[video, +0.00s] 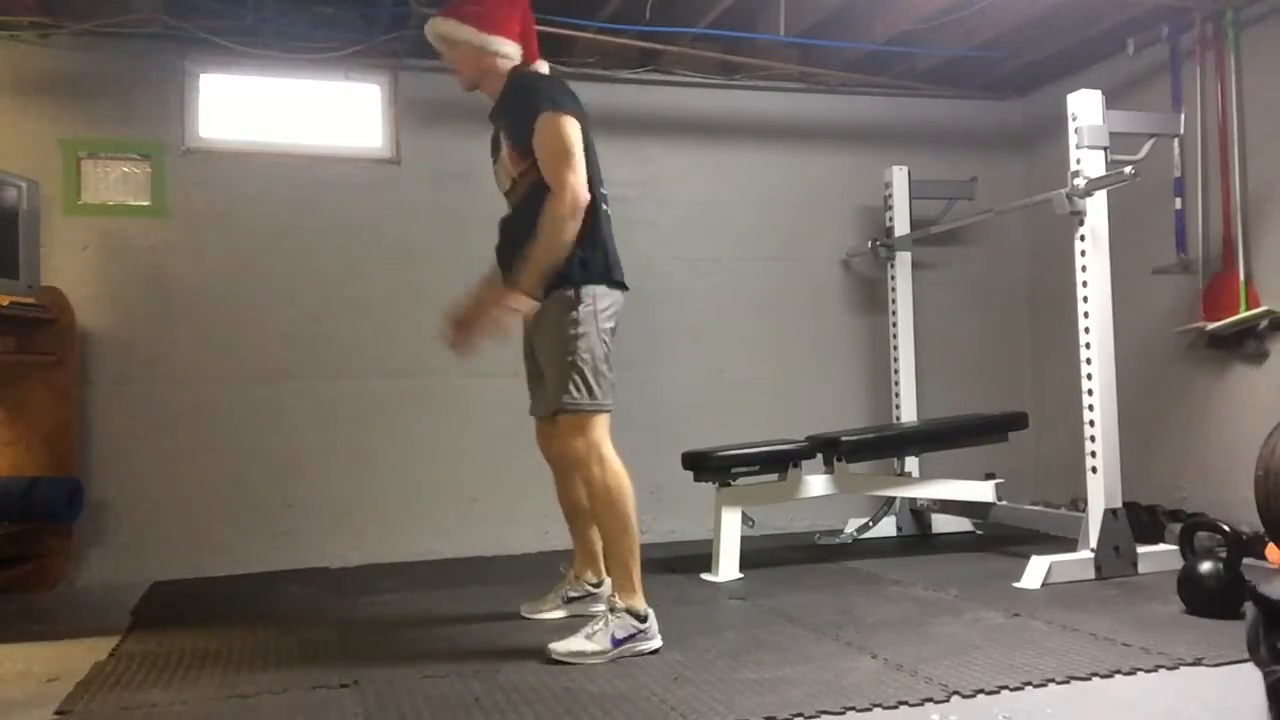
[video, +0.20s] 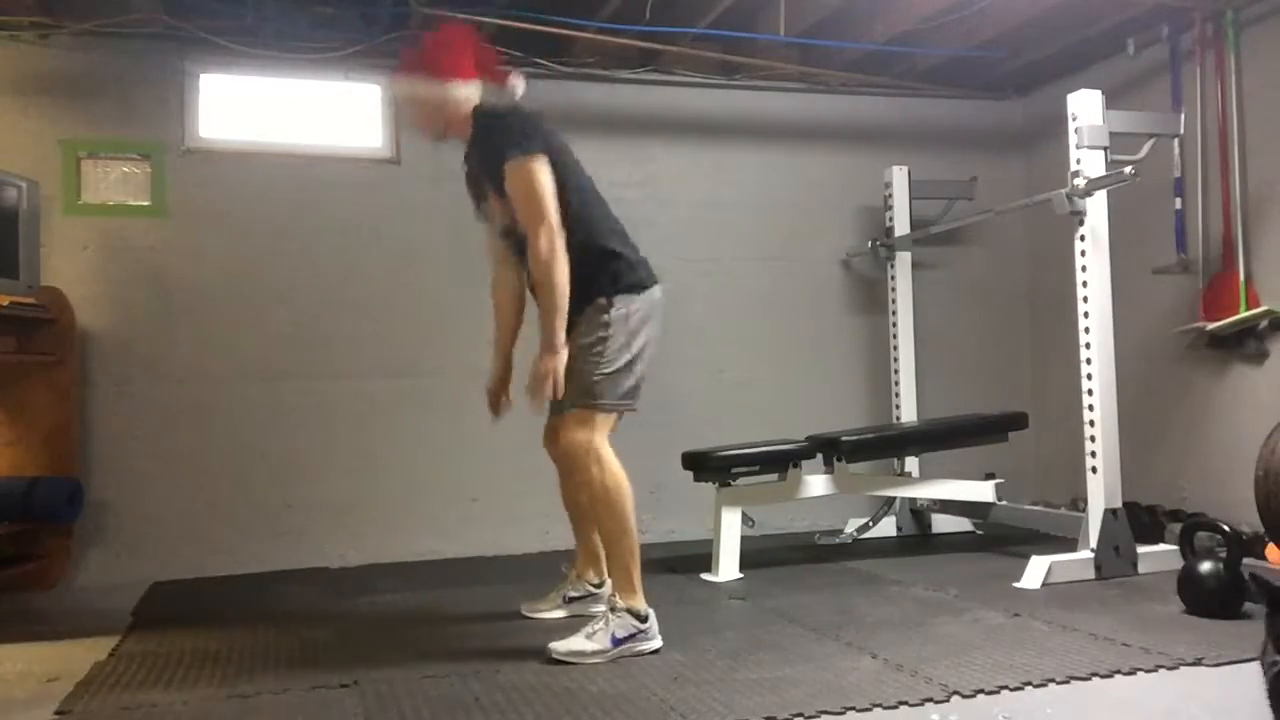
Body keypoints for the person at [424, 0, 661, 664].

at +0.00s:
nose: (447, 63)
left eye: (453, 48)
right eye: (445, 51)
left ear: (491, 46)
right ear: (485, 50)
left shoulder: (540, 93)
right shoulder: (502, 113)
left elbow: (572, 196)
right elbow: (525, 224)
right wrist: (483, 302)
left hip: (579, 290)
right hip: (550, 295)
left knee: (586, 442)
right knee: (558, 441)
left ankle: (633, 610)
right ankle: (591, 578)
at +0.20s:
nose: (410, 110)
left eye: (416, 94)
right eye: (408, 95)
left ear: (451, 86)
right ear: (451, 88)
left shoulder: (508, 129)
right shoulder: (481, 157)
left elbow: (547, 238)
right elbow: (506, 264)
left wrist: (553, 344)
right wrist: (502, 358)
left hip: (616, 296)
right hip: (584, 304)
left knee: (583, 440)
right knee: (564, 439)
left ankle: (635, 613)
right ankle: (591, 577)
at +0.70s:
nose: (369, 424)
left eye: (369, 408)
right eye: (360, 414)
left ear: (395, 386)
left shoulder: (459, 396)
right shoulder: (441, 407)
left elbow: (435, 534)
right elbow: (436, 530)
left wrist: (406, 643)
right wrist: (411, 614)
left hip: (630, 427)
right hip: (607, 427)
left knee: (502, 485)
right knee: (483, 484)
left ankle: (624, 607)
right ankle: (581, 582)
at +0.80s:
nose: (354, 453)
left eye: (350, 438)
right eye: (343, 444)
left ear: (373, 408)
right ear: (377, 401)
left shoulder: (431, 410)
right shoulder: (426, 416)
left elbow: (428, 544)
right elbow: (427, 537)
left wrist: (413, 652)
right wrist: (414, 617)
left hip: (609, 450)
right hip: (593, 450)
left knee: (477, 499)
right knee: (471, 492)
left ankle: (614, 600)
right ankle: (574, 588)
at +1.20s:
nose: (291, 491)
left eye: (277, 479)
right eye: (275, 487)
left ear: (289, 441)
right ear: (290, 428)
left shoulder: (354, 427)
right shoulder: (347, 415)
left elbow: (392, 546)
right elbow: (393, 536)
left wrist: (404, 650)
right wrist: (399, 623)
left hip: (528, 362)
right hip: (517, 372)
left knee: (588, 518)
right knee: (585, 501)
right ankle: (700, 487)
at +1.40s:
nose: (240, 550)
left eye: (237, 536)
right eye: (229, 541)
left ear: (259, 508)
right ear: (261, 498)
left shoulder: (329, 499)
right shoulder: (315, 492)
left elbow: (417, 559)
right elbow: (406, 552)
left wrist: (408, 649)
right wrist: (401, 628)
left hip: (521, 485)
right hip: (510, 489)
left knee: (671, 551)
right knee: (654, 534)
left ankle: (854, 574)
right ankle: (774, 545)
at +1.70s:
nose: (236, 650)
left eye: (234, 639)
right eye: (228, 642)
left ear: (259, 610)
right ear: (266, 591)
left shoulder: (323, 588)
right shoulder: (312, 592)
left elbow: (423, 570)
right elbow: (410, 567)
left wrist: (401, 660)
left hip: (537, 578)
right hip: (533, 573)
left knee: (703, 583)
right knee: (682, 566)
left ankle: (873, 569)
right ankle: (788, 528)